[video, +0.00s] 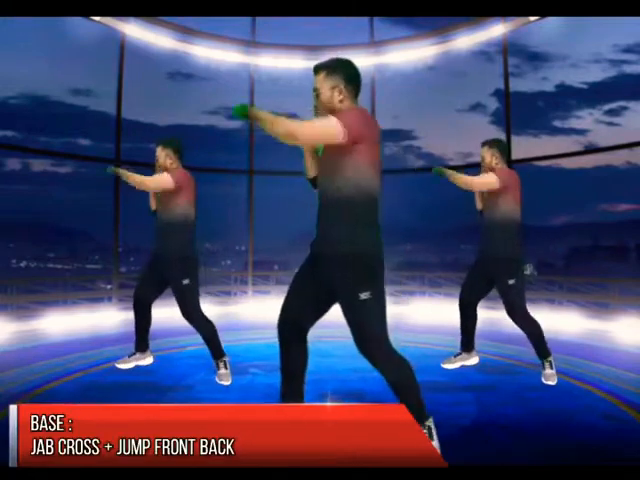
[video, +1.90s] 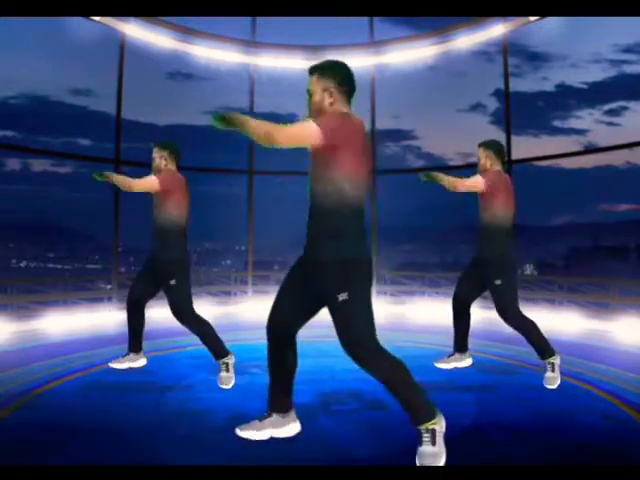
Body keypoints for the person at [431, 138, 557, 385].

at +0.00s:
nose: (482, 161)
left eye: (485, 157)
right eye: (482, 157)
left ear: (496, 156)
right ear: (494, 157)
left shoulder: (507, 175)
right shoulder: (493, 179)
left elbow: (471, 183)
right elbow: (482, 208)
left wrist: (447, 173)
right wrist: (480, 182)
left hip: (508, 257)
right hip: (490, 256)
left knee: (517, 312)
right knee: (467, 298)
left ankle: (546, 360)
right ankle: (467, 352)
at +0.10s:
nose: (482, 163)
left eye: (485, 159)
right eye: (480, 159)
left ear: (498, 158)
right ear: (483, 162)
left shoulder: (515, 179)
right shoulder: (487, 184)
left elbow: (512, 205)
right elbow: (480, 211)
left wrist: (487, 183)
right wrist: (474, 191)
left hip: (514, 258)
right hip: (491, 258)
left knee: (524, 312)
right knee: (470, 302)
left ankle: (547, 363)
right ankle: (467, 352)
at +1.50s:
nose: (494, 161)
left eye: (498, 156)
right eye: (492, 156)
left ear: (512, 157)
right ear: (490, 159)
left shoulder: (529, 183)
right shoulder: (485, 189)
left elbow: (542, 208)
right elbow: (466, 209)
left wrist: (517, 184)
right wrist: (457, 195)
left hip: (522, 262)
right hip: (491, 262)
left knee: (539, 317)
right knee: (467, 306)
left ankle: (548, 364)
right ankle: (462, 354)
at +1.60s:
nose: (489, 163)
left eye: (494, 158)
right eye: (487, 158)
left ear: (508, 159)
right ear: (487, 161)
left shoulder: (524, 185)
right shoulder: (479, 183)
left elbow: (533, 214)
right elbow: (447, 189)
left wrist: (510, 188)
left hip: (518, 263)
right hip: (488, 262)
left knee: (535, 314)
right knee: (463, 305)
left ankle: (548, 364)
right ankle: (461, 355)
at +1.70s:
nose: (481, 162)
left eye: (485, 157)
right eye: (480, 157)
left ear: (500, 159)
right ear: (483, 161)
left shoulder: (517, 185)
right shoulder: (481, 185)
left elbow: (517, 219)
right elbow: (458, 196)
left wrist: (498, 194)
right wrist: (449, 186)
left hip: (510, 262)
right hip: (485, 261)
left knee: (524, 312)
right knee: (460, 304)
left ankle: (549, 364)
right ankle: (461, 354)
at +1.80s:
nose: (476, 160)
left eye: (479, 156)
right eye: (475, 156)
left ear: (492, 157)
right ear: (484, 158)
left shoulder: (504, 181)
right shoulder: (483, 183)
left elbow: (504, 212)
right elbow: (486, 213)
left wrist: (479, 188)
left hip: (500, 258)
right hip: (484, 256)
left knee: (513, 310)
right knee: (460, 300)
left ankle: (552, 357)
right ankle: (461, 354)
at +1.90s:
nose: (479, 162)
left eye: (482, 158)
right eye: (479, 158)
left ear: (491, 158)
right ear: (495, 159)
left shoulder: (494, 179)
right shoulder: (496, 180)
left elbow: (458, 186)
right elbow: (459, 186)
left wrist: (437, 176)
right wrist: (439, 177)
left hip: (499, 259)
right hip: (487, 258)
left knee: (509, 313)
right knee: (460, 300)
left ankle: (550, 358)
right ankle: (460, 353)